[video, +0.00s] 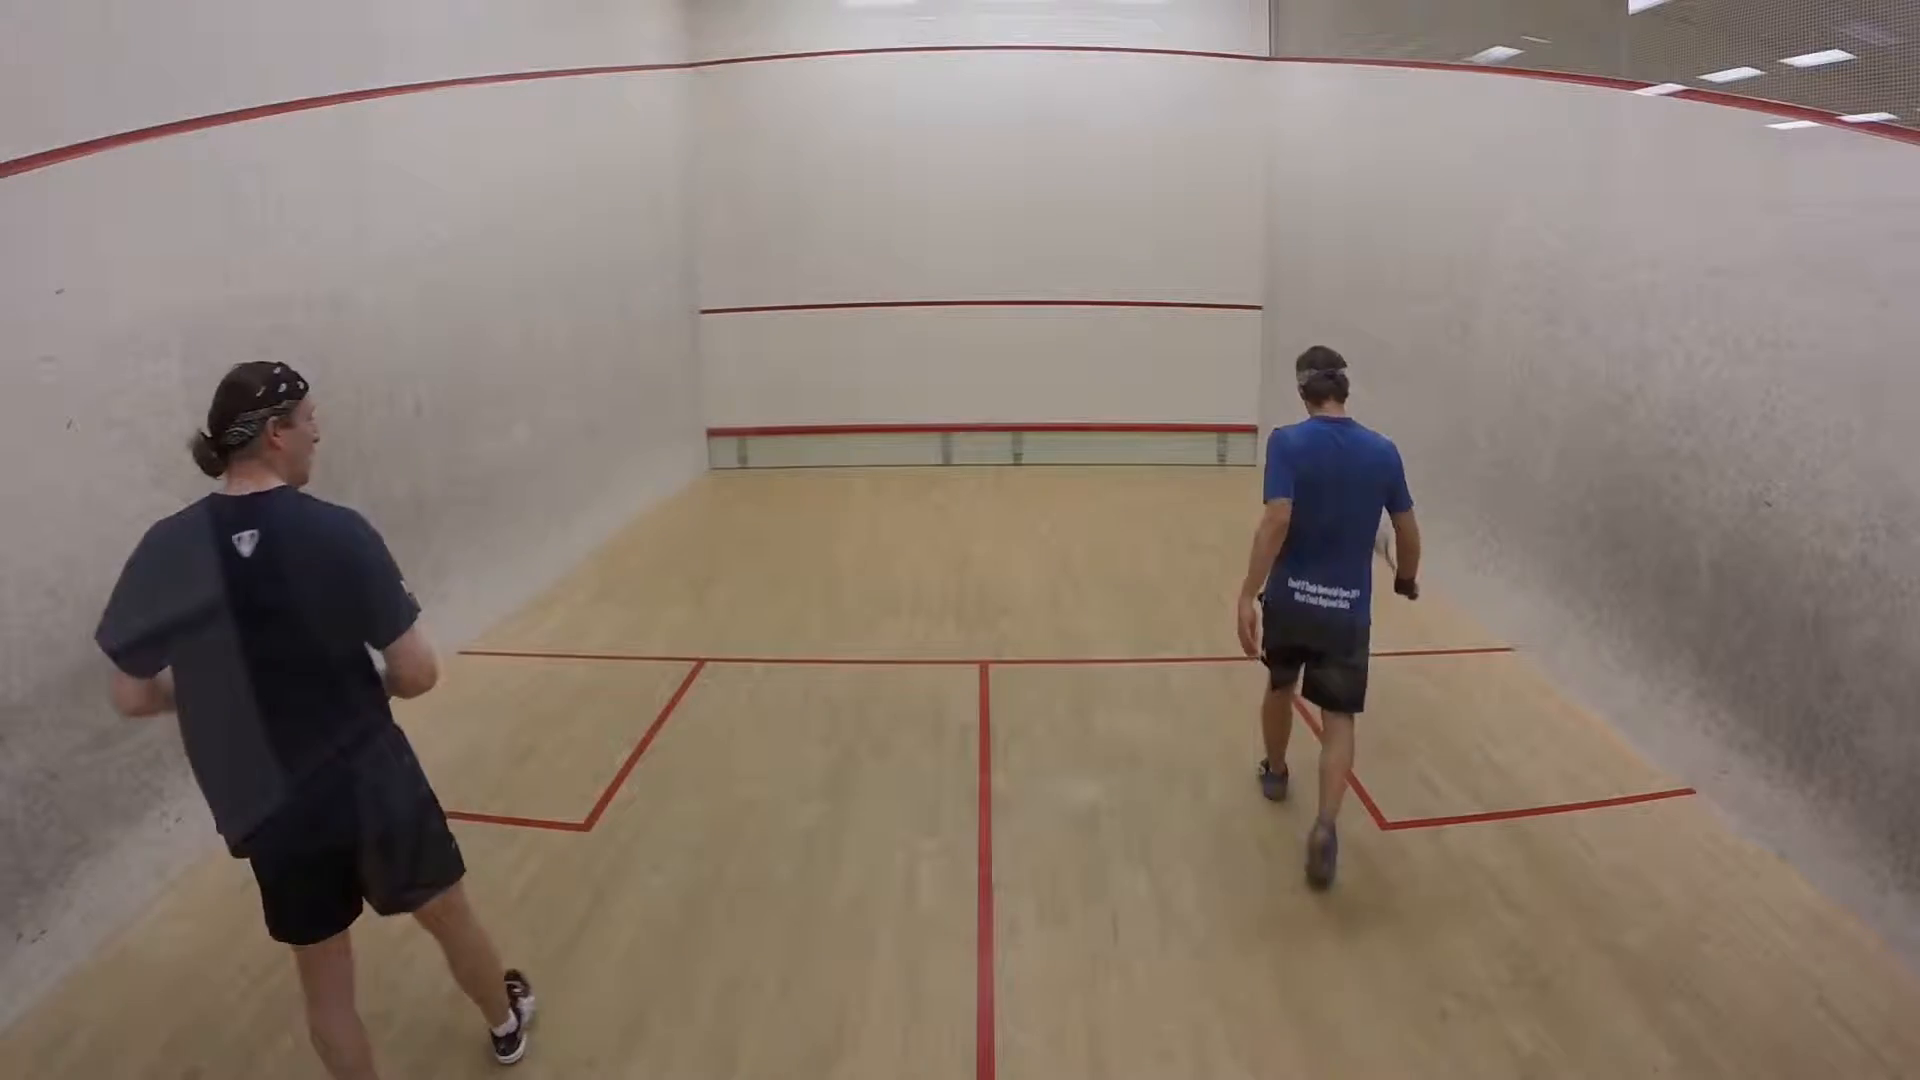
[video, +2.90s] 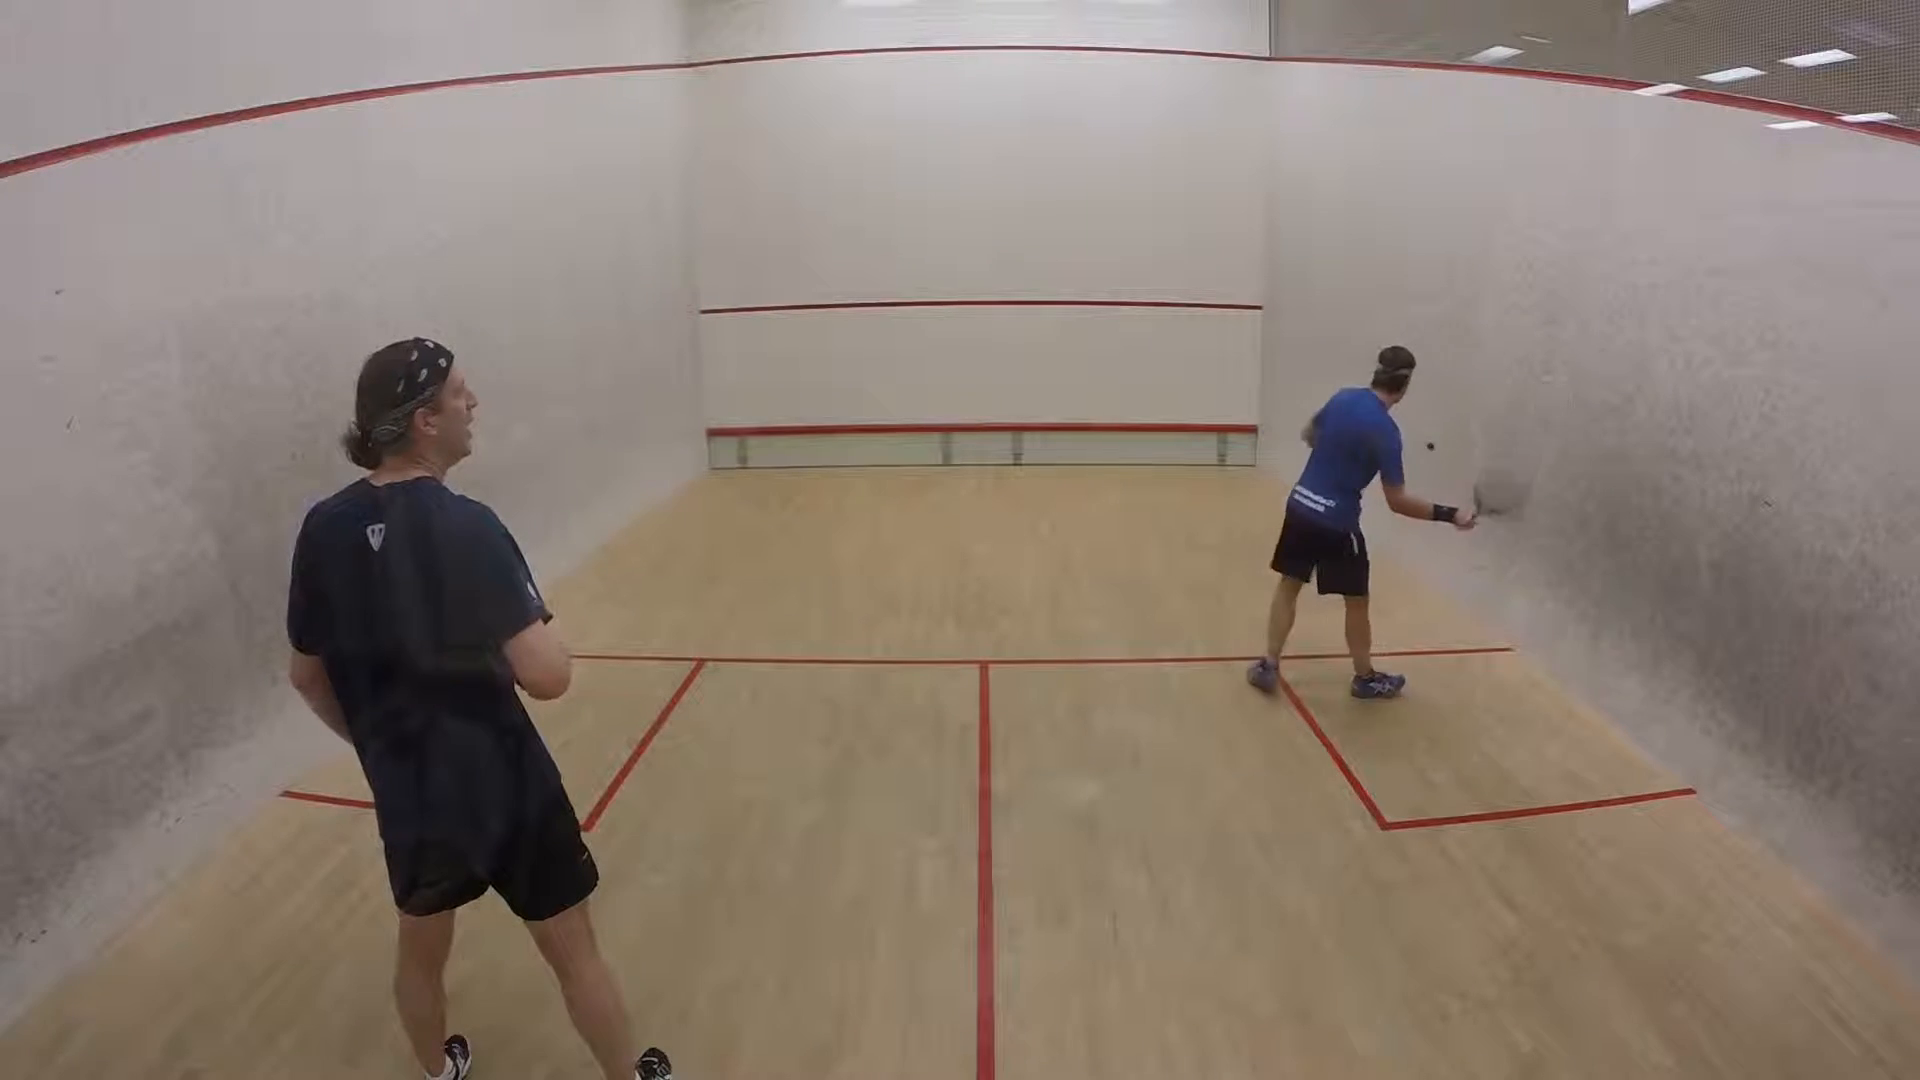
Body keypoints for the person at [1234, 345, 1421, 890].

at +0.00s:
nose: (1305, 395)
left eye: (1303, 388)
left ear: (1301, 392)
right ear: (1347, 390)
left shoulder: (1287, 442)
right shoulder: (1382, 451)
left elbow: (1278, 517)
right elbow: (1406, 530)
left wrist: (1248, 596)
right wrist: (1407, 577)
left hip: (1289, 607)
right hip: (1348, 616)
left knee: (1280, 683)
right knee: (1339, 721)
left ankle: (1275, 771)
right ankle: (1326, 824)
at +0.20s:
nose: (1307, 375)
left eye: (1304, 369)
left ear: (1307, 372)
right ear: (1347, 373)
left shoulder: (1285, 417)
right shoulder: (1374, 433)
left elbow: (1256, 487)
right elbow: (1392, 511)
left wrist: (1229, 529)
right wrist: (1397, 563)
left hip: (1286, 572)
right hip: (1340, 578)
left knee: (1281, 667)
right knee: (1329, 654)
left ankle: (1276, 770)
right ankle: (1310, 744)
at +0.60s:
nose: (1335, 375)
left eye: (1328, 368)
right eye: (1350, 370)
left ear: (1323, 370)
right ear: (1359, 374)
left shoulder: (1297, 407)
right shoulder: (1374, 427)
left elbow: (1266, 469)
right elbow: (1385, 500)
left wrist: (1246, 496)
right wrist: (1395, 552)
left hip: (1291, 545)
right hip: (1339, 552)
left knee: (1273, 623)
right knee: (1318, 626)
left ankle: (1274, 697)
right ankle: (1293, 700)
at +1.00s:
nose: (1373, 379)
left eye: (1370, 371)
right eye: (1374, 372)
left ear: (1340, 364)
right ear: (1371, 372)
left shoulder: (1307, 398)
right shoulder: (1369, 420)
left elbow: (1281, 452)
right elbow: (1363, 490)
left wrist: (1309, 480)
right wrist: (1367, 548)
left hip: (1306, 522)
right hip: (1340, 530)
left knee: (1307, 592)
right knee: (1322, 614)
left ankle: (1302, 660)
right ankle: (1293, 695)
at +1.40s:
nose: (1395, 371)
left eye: (1396, 363)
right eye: (1393, 362)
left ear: (1364, 358)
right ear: (1376, 360)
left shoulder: (1339, 388)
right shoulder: (1358, 404)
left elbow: (1357, 437)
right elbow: (1340, 467)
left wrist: (1388, 461)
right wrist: (1370, 515)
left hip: (1322, 504)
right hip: (1348, 510)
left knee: (1322, 577)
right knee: (1381, 585)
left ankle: (1305, 655)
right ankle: (1341, 662)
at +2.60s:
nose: (1440, 392)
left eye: (1442, 385)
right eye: (1442, 386)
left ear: (1411, 373)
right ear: (1436, 386)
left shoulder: (1386, 399)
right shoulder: (1401, 418)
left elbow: (1371, 455)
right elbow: (1399, 488)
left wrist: (1404, 474)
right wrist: (1453, 510)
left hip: (1334, 507)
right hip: (1359, 522)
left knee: (1333, 582)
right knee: (1373, 599)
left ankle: (1279, 640)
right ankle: (1367, 677)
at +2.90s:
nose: (1407, 390)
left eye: (1406, 383)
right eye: (1408, 384)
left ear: (1375, 375)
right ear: (1404, 386)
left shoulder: (1344, 398)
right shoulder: (1386, 432)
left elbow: (1310, 434)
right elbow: (1397, 501)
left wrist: (1344, 455)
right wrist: (1448, 514)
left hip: (1299, 510)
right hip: (1338, 525)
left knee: (1288, 585)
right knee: (1356, 601)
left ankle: (1269, 665)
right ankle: (1364, 676)